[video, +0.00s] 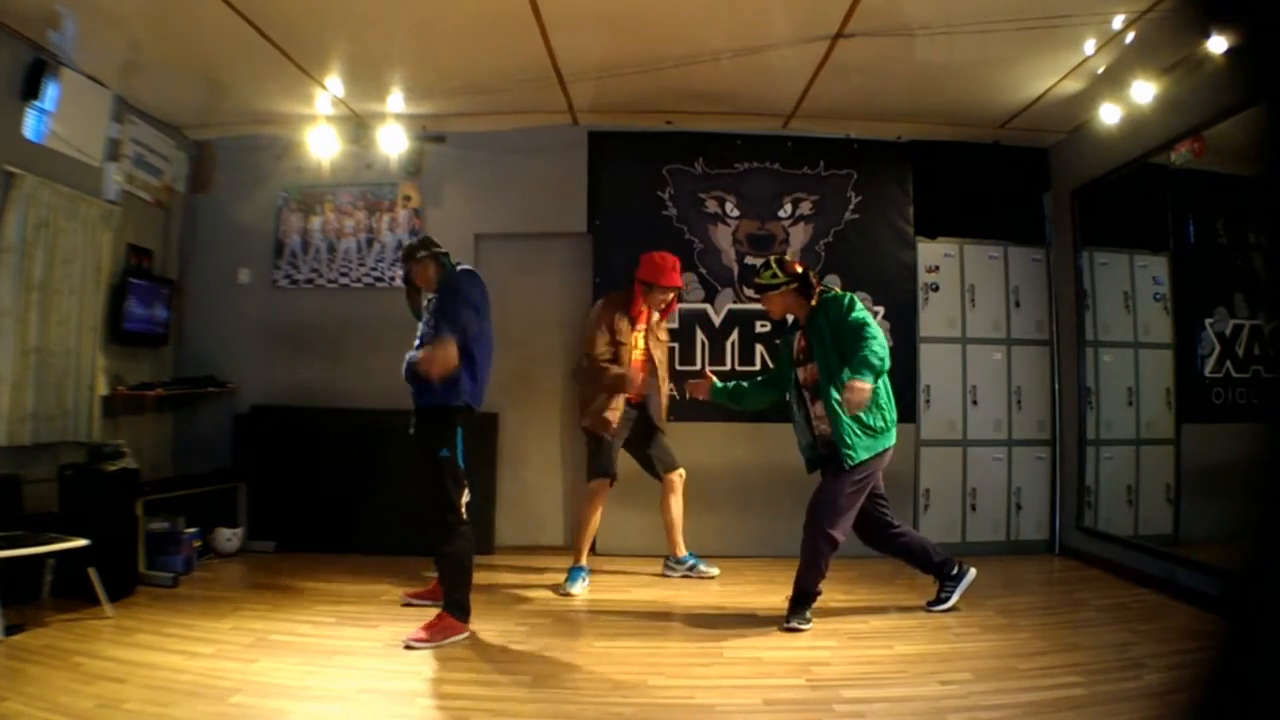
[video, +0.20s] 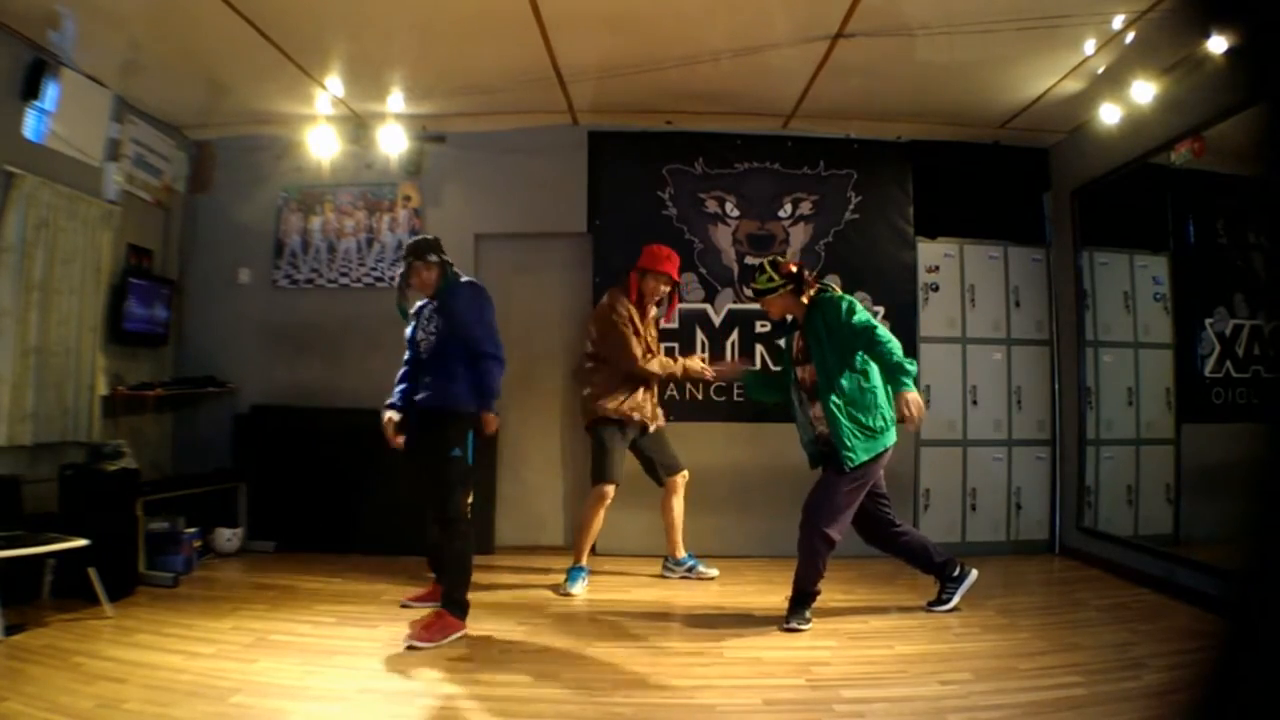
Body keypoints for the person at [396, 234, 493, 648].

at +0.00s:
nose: (415, 282)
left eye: (415, 272)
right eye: (411, 275)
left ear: (429, 263)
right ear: (426, 266)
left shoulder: (461, 285)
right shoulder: (445, 292)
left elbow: (445, 356)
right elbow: (424, 344)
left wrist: (412, 359)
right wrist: (427, 359)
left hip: (452, 413)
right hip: (435, 412)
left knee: (454, 509)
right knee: (439, 501)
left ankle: (456, 614)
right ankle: (445, 582)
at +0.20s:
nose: (413, 279)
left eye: (417, 271)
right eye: (410, 273)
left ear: (435, 266)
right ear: (416, 273)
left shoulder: (467, 294)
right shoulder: (423, 310)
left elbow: (489, 351)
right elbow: (412, 363)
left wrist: (489, 404)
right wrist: (395, 405)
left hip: (460, 415)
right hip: (427, 415)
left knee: (455, 510)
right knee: (431, 501)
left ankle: (454, 611)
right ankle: (442, 582)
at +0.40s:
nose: (428, 265)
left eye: (435, 256)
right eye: (423, 257)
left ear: (452, 256)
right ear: (416, 259)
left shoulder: (479, 291)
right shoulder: (410, 298)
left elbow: (507, 347)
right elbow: (395, 357)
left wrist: (501, 400)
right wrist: (399, 410)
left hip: (461, 407)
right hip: (422, 407)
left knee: (456, 499)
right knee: (431, 496)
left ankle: (457, 596)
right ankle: (441, 581)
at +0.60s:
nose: (453, 257)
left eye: (461, 250)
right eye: (446, 249)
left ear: (472, 252)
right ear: (432, 250)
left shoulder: (486, 295)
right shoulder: (408, 292)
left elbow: (498, 356)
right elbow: (390, 352)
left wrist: (497, 409)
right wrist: (403, 401)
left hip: (468, 409)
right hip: (425, 409)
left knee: (472, 499)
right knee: (433, 496)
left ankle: (469, 593)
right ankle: (446, 582)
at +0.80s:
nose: (470, 263)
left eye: (478, 255)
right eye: (463, 254)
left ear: (487, 257)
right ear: (447, 251)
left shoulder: (496, 302)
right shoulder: (416, 290)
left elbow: (502, 366)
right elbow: (393, 349)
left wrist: (494, 419)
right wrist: (394, 406)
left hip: (472, 413)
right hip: (427, 410)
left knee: (470, 505)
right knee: (433, 498)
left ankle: (470, 597)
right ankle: (447, 581)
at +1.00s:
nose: (484, 260)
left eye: (492, 252)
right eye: (477, 250)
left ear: (500, 256)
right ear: (459, 249)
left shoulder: (506, 305)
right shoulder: (425, 283)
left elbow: (511, 373)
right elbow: (395, 336)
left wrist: (502, 427)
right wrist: (388, 393)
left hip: (474, 411)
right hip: (428, 407)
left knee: (470, 505)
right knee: (432, 496)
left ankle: (469, 601)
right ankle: (445, 577)